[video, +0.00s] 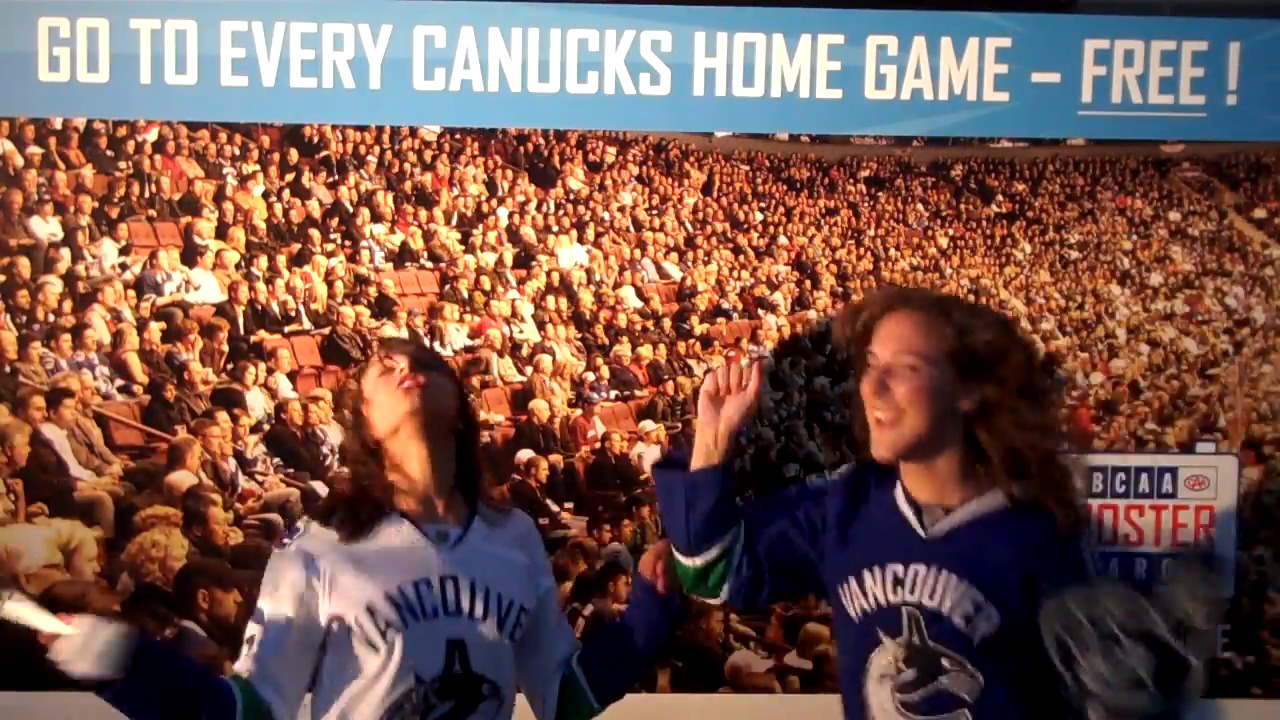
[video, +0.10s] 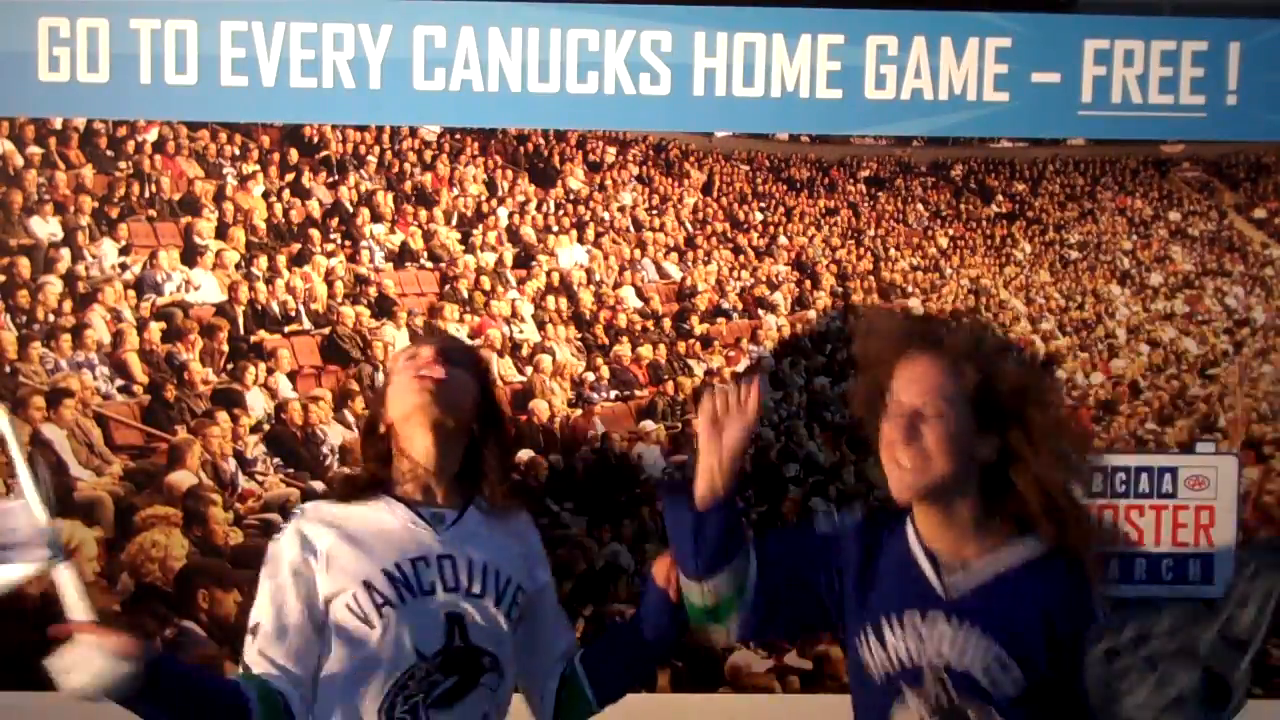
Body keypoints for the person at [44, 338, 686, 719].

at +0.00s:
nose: (403, 365)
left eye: (422, 359)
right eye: (379, 368)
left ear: (462, 407)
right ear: (359, 424)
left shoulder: (518, 540)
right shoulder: (313, 553)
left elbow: (565, 702)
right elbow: (261, 714)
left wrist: (656, 593)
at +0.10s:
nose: (429, 357)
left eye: (454, 355)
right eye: (409, 353)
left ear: (483, 411)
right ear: (378, 409)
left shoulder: (517, 536)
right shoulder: (314, 532)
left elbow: (561, 694)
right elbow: (278, 696)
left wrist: (662, 604)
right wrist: (163, 676)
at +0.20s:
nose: (444, 374)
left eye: (468, 377)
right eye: (422, 370)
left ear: (487, 432)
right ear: (388, 418)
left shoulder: (507, 562)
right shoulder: (305, 546)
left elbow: (536, 712)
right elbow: (274, 704)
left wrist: (648, 645)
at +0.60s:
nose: (405, 391)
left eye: (421, 382)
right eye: (380, 373)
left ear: (435, 417)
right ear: (333, 401)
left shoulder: (469, 544)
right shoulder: (267, 558)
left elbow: (508, 699)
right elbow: (229, 708)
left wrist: (625, 637)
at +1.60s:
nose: (433, 412)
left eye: (445, 391)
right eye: (407, 392)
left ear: (464, 407)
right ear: (361, 409)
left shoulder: (490, 546)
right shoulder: (294, 552)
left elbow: (509, 703)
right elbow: (246, 704)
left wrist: (567, 680)